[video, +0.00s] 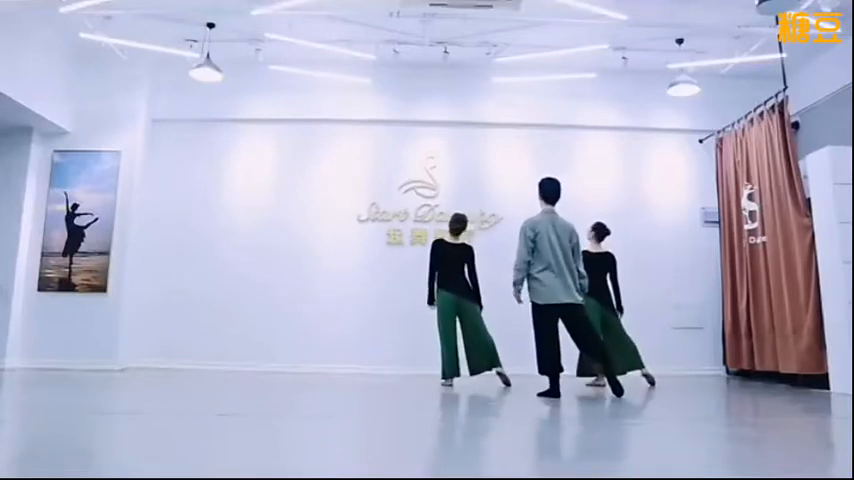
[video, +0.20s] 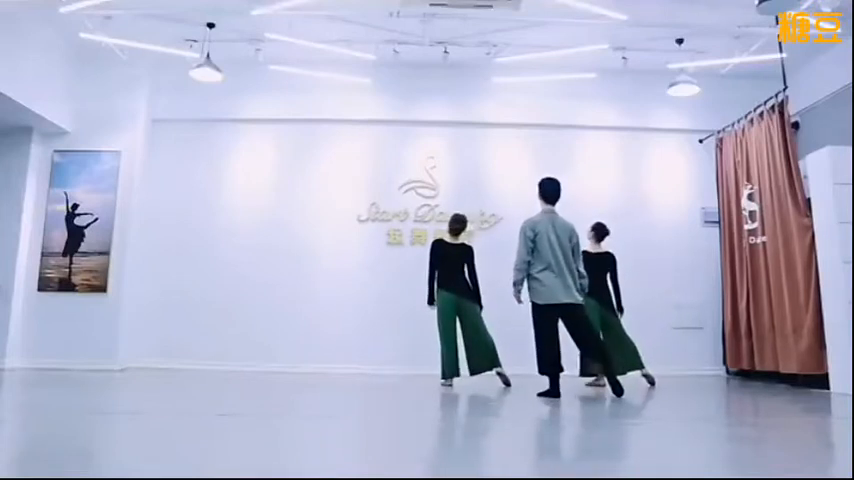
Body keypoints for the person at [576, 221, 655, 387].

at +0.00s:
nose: (587, 233)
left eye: (589, 231)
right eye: (589, 230)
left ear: (593, 234)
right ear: (602, 236)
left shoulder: (583, 256)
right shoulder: (609, 257)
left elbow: (577, 277)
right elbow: (614, 283)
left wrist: (576, 296)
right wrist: (619, 304)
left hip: (589, 300)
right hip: (606, 301)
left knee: (594, 337)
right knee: (621, 336)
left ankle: (600, 376)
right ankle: (642, 369)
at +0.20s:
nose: (587, 233)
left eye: (589, 231)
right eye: (589, 231)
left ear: (592, 235)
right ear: (603, 237)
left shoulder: (582, 256)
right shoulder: (609, 257)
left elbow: (577, 278)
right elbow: (614, 283)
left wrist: (576, 296)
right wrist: (619, 304)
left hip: (589, 300)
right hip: (606, 301)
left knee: (593, 336)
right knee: (620, 336)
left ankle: (600, 376)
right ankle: (642, 369)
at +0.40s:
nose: (588, 233)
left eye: (589, 231)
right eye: (590, 231)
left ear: (591, 235)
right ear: (604, 237)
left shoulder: (582, 256)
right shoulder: (609, 257)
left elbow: (577, 278)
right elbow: (615, 283)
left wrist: (576, 296)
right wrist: (619, 304)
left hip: (589, 300)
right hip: (606, 301)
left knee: (593, 337)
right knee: (620, 336)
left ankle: (600, 376)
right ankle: (642, 369)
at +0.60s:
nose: (588, 233)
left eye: (589, 231)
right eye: (590, 231)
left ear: (591, 235)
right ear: (604, 237)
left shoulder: (582, 256)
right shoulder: (609, 257)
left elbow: (577, 278)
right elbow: (615, 283)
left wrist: (576, 297)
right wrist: (619, 305)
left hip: (589, 301)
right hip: (606, 302)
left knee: (593, 337)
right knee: (620, 336)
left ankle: (600, 376)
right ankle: (641, 369)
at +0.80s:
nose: (589, 234)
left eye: (591, 232)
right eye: (592, 232)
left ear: (591, 235)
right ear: (605, 237)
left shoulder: (582, 256)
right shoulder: (609, 257)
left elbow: (576, 277)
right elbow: (615, 283)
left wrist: (576, 297)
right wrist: (620, 305)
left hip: (588, 300)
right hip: (606, 302)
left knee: (593, 337)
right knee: (620, 336)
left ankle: (600, 376)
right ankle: (641, 369)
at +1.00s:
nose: (591, 236)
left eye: (592, 233)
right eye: (596, 234)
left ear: (591, 235)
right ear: (605, 238)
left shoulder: (581, 256)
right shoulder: (609, 257)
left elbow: (575, 278)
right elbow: (615, 284)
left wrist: (575, 298)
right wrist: (620, 306)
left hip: (587, 302)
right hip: (605, 303)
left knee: (592, 338)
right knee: (620, 337)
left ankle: (600, 376)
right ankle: (641, 369)